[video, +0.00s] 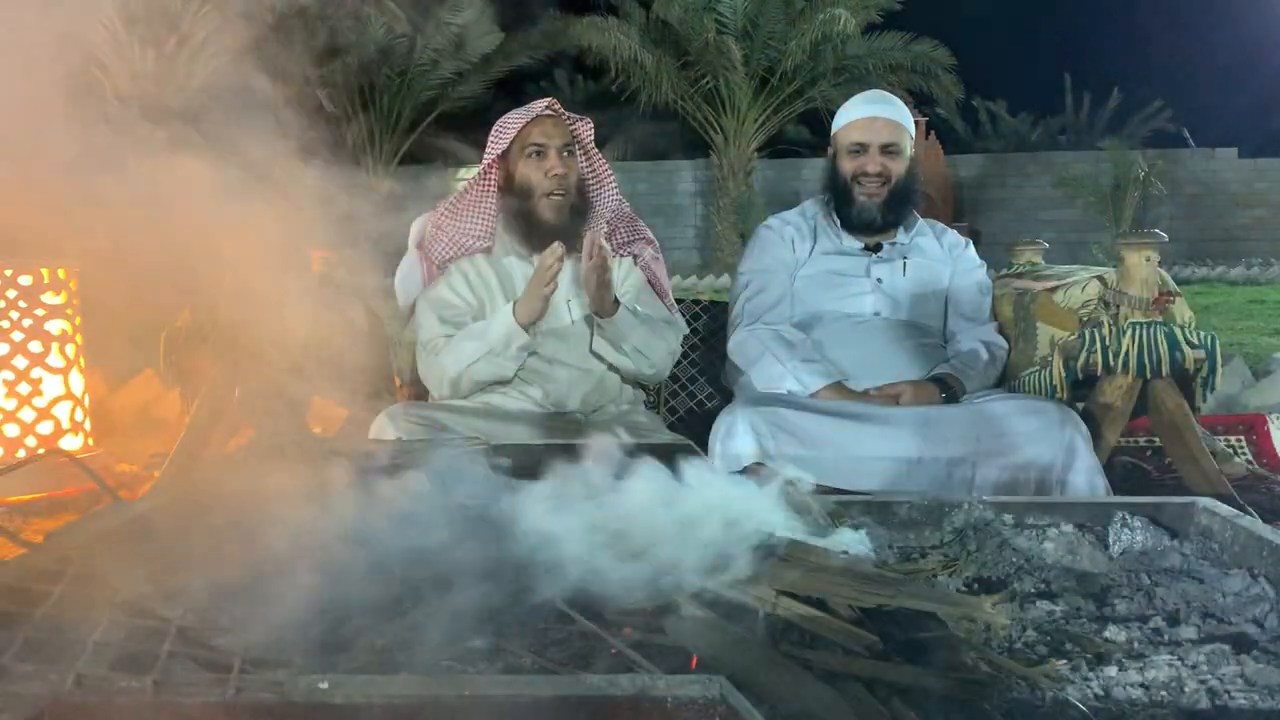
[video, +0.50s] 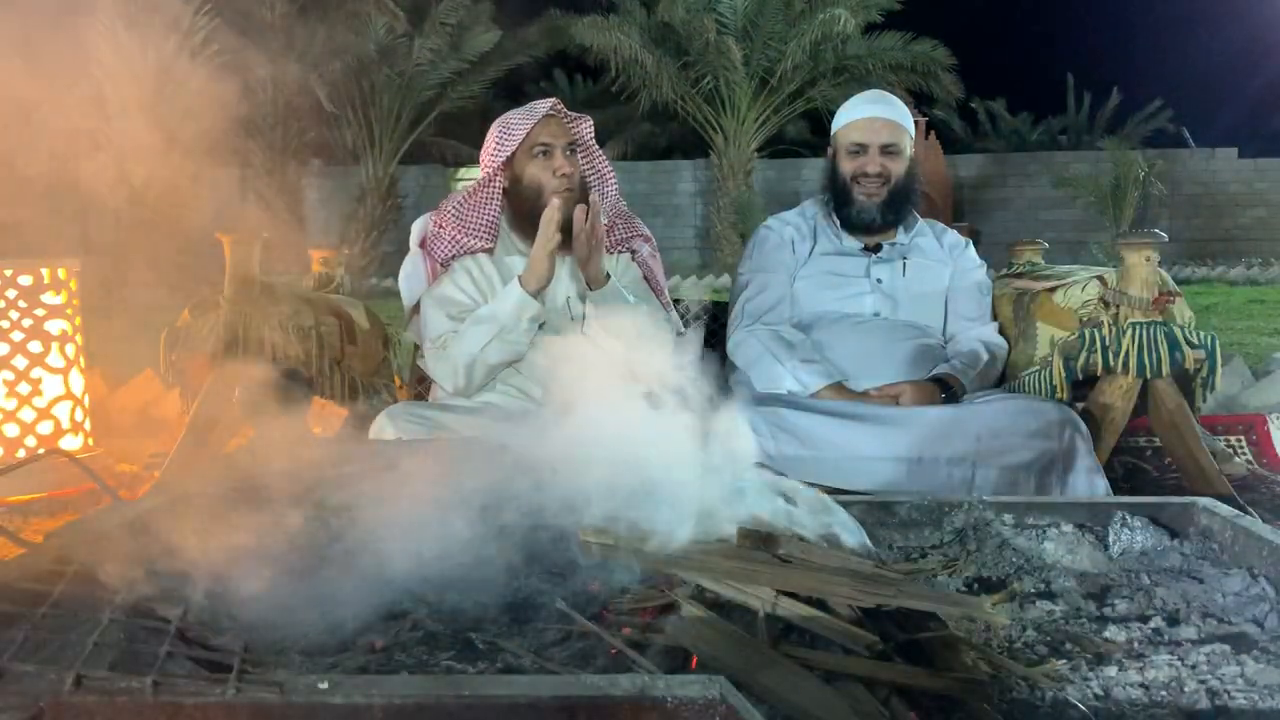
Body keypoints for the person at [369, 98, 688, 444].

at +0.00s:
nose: (558, 169)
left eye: (568, 154)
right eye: (537, 155)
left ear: (580, 169)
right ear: (505, 174)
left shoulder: (615, 265)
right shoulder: (466, 274)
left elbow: (660, 363)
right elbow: (442, 378)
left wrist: (609, 310)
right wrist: (518, 317)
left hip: (605, 420)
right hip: (499, 419)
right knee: (395, 425)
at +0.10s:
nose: (560, 170)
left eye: (569, 155)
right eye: (539, 155)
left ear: (582, 170)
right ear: (505, 173)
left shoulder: (615, 263)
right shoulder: (466, 274)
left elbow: (660, 361)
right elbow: (443, 376)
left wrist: (609, 307)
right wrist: (520, 312)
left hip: (603, 418)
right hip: (498, 416)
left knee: (681, 461)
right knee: (396, 428)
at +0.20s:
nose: (562, 170)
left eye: (571, 154)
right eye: (540, 155)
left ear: (583, 167)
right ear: (504, 173)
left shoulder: (616, 260)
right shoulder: (465, 267)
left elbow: (658, 360)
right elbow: (445, 375)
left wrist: (605, 298)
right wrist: (525, 300)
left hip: (599, 417)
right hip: (496, 413)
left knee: (673, 440)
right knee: (394, 427)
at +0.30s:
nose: (564, 169)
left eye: (572, 153)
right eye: (542, 155)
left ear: (583, 165)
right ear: (505, 173)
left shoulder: (617, 258)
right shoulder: (467, 268)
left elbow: (660, 353)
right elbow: (448, 373)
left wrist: (603, 291)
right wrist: (526, 291)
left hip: (604, 410)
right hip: (504, 409)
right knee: (394, 428)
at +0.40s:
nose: (566, 167)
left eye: (572, 152)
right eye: (543, 154)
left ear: (583, 164)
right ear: (506, 172)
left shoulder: (618, 263)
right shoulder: (467, 272)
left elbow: (665, 356)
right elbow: (452, 376)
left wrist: (601, 284)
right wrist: (527, 288)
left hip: (611, 418)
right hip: (506, 415)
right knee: (395, 426)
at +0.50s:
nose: (567, 168)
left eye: (572, 151)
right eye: (544, 154)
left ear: (583, 161)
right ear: (505, 173)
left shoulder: (619, 260)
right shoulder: (467, 268)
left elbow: (662, 358)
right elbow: (454, 377)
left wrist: (599, 280)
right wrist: (529, 286)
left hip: (609, 417)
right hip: (507, 415)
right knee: (394, 426)